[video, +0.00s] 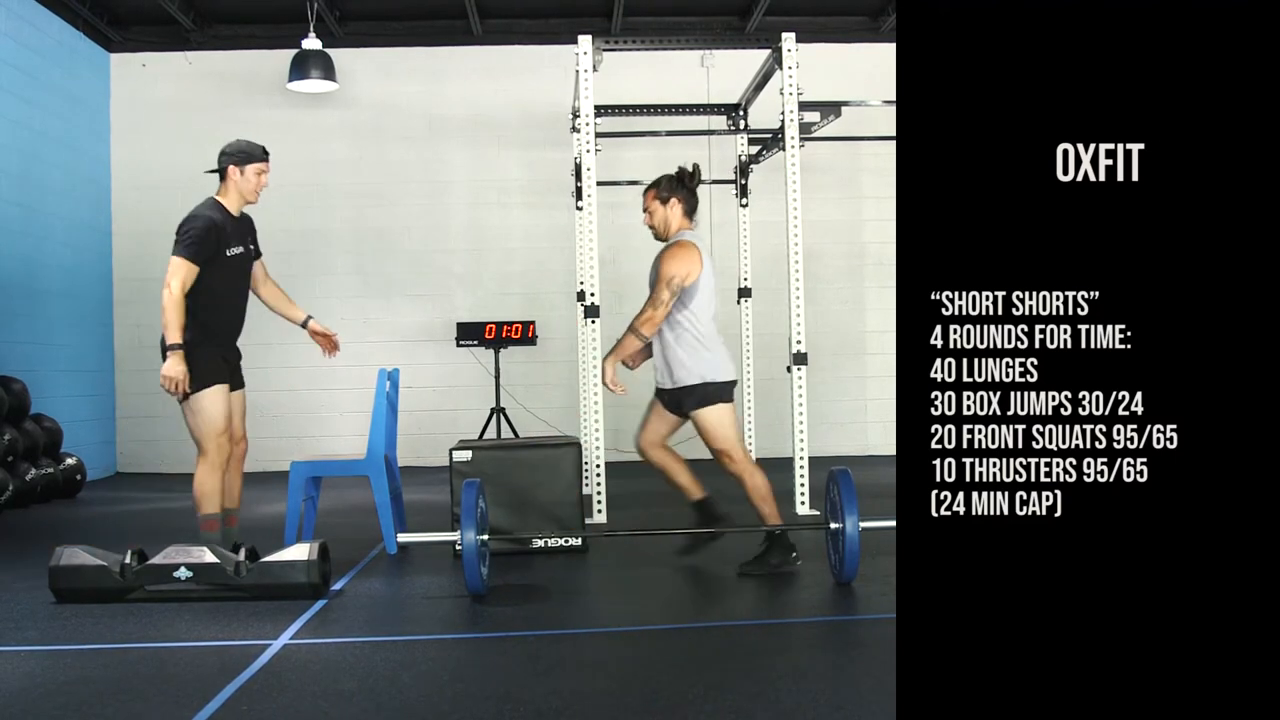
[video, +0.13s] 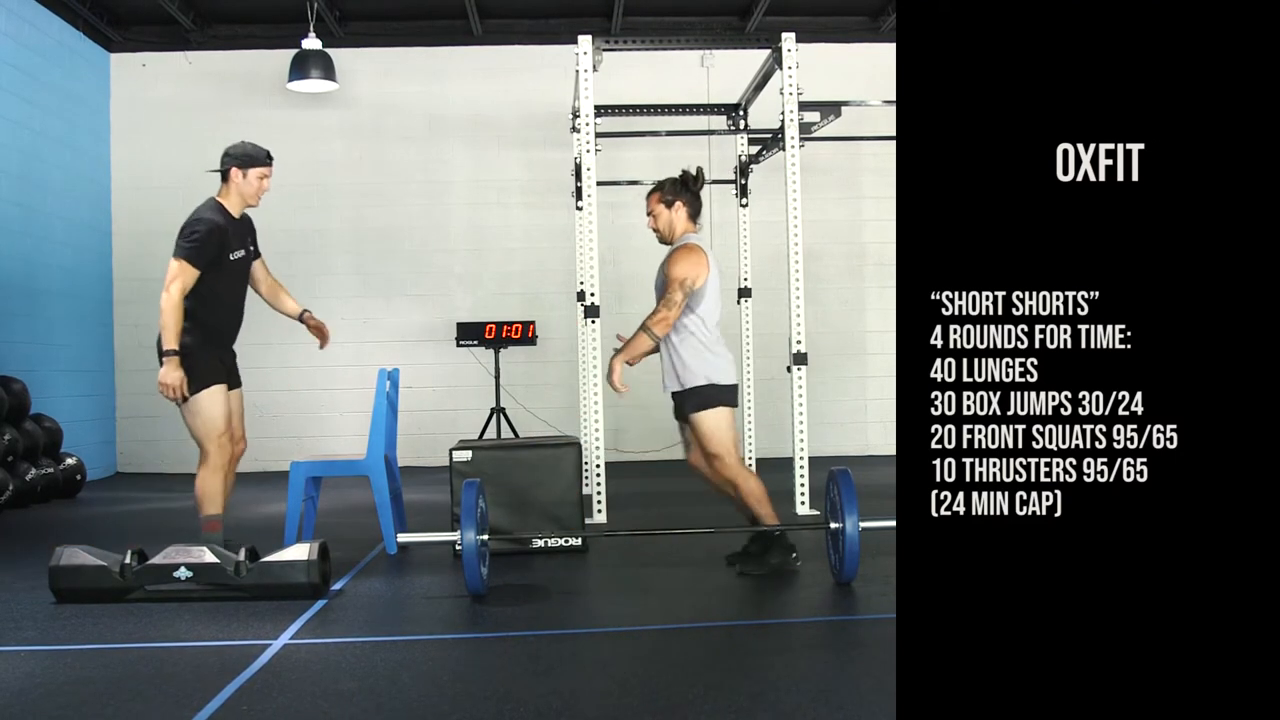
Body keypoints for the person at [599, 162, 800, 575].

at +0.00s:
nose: (645, 219)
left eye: (649, 210)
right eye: (644, 211)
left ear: (672, 206)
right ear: (675, 208)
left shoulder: (677, 254)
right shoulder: (684, 253)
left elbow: (654, 313)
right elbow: (673, 323)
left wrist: (613, 358)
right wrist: (640, 351)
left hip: (702, 378)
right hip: (680, 378)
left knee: (735, 458)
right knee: (649, 443)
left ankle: (779, 540)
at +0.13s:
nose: (649, 222)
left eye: (653, 213)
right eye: (648, 215)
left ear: (676, 209)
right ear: (677, 211)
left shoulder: (686, 256)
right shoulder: (681, 257)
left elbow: (665, 317)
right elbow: (666, 325)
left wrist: (621, 358)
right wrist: (629, 351)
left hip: (704, 378)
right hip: (690, 380)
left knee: (724, 459)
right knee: (699, 458)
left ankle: (778, 541)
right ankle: (763, 530)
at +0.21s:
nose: (648, 223)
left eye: (652, 214)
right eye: (647, 215)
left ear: (675, 209)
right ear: (677, 212)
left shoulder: (684, 257)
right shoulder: (693, 255)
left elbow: (670, 316)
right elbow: (678, 322)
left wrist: (630, 358)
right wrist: (635, 344)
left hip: (698, 380)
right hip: (713, 377)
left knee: (688, 465)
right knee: (715, 458)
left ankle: (761, 529)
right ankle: (766, 531)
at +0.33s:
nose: (640, 224)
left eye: (644, 215)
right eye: (639, 216)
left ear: (668, 210)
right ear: (669, 212)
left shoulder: (680, 255)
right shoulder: (682, 253)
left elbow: (671, 315)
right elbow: (669, 320)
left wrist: (634, 355)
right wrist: (629, 344)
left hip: (687, 377)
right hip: (704, 376)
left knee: (639, 445)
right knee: (710, 454)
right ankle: (766, 528)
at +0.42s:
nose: (629, 225)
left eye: (633, 216)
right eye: (629, 218)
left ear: (658, 212)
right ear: (660, 213)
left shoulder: (671, 256)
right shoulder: (674, 254)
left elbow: (666, 314)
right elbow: (661, 320)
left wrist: (630, 356)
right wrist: (620, 346)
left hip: (679, 378)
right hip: (697, 378)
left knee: (618, 438)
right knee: (702, 457)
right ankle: (763, 525)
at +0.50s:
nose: (618, 233)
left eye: (621, 224)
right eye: (617, 226)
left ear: (645, 219)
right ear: (647, 221)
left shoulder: (660, 264)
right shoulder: (661, 263)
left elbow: (656, 321)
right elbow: (651, 329)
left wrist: (619, 362)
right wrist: (610, 355)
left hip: (665, 386)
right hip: (685, 388)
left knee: (605, 444)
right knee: (686, 467)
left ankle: (588, 539)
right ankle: (757, 524)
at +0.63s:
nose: (600, 262)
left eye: (603, 253)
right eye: (599, 255)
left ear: (627, 251)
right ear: (629, 252)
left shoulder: (639, 294)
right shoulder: (642, 294)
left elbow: (633, 349)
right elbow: (631, 356)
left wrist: (592, 386)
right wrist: (592, 380)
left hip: (644, 413)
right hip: (662, 416)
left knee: (567, 455)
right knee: (656, 497)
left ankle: (567, 547)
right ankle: (744, 522)